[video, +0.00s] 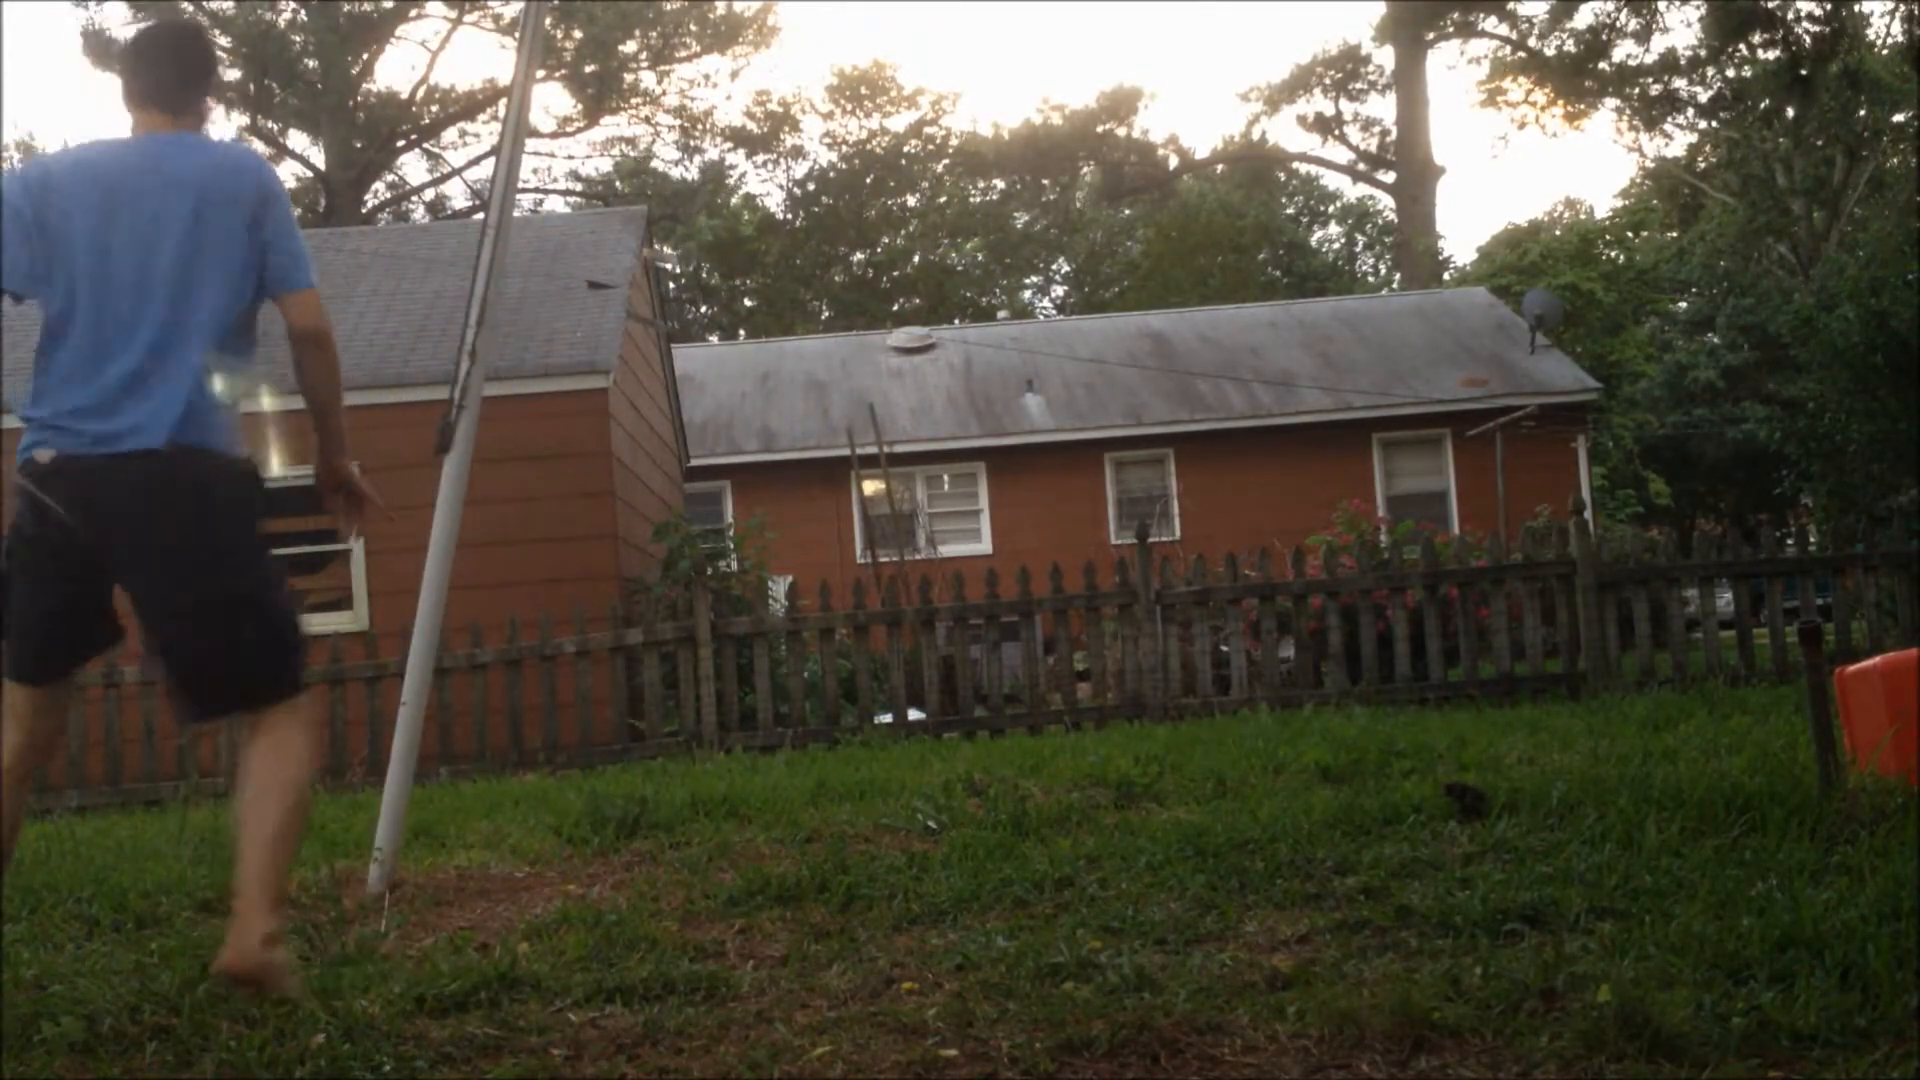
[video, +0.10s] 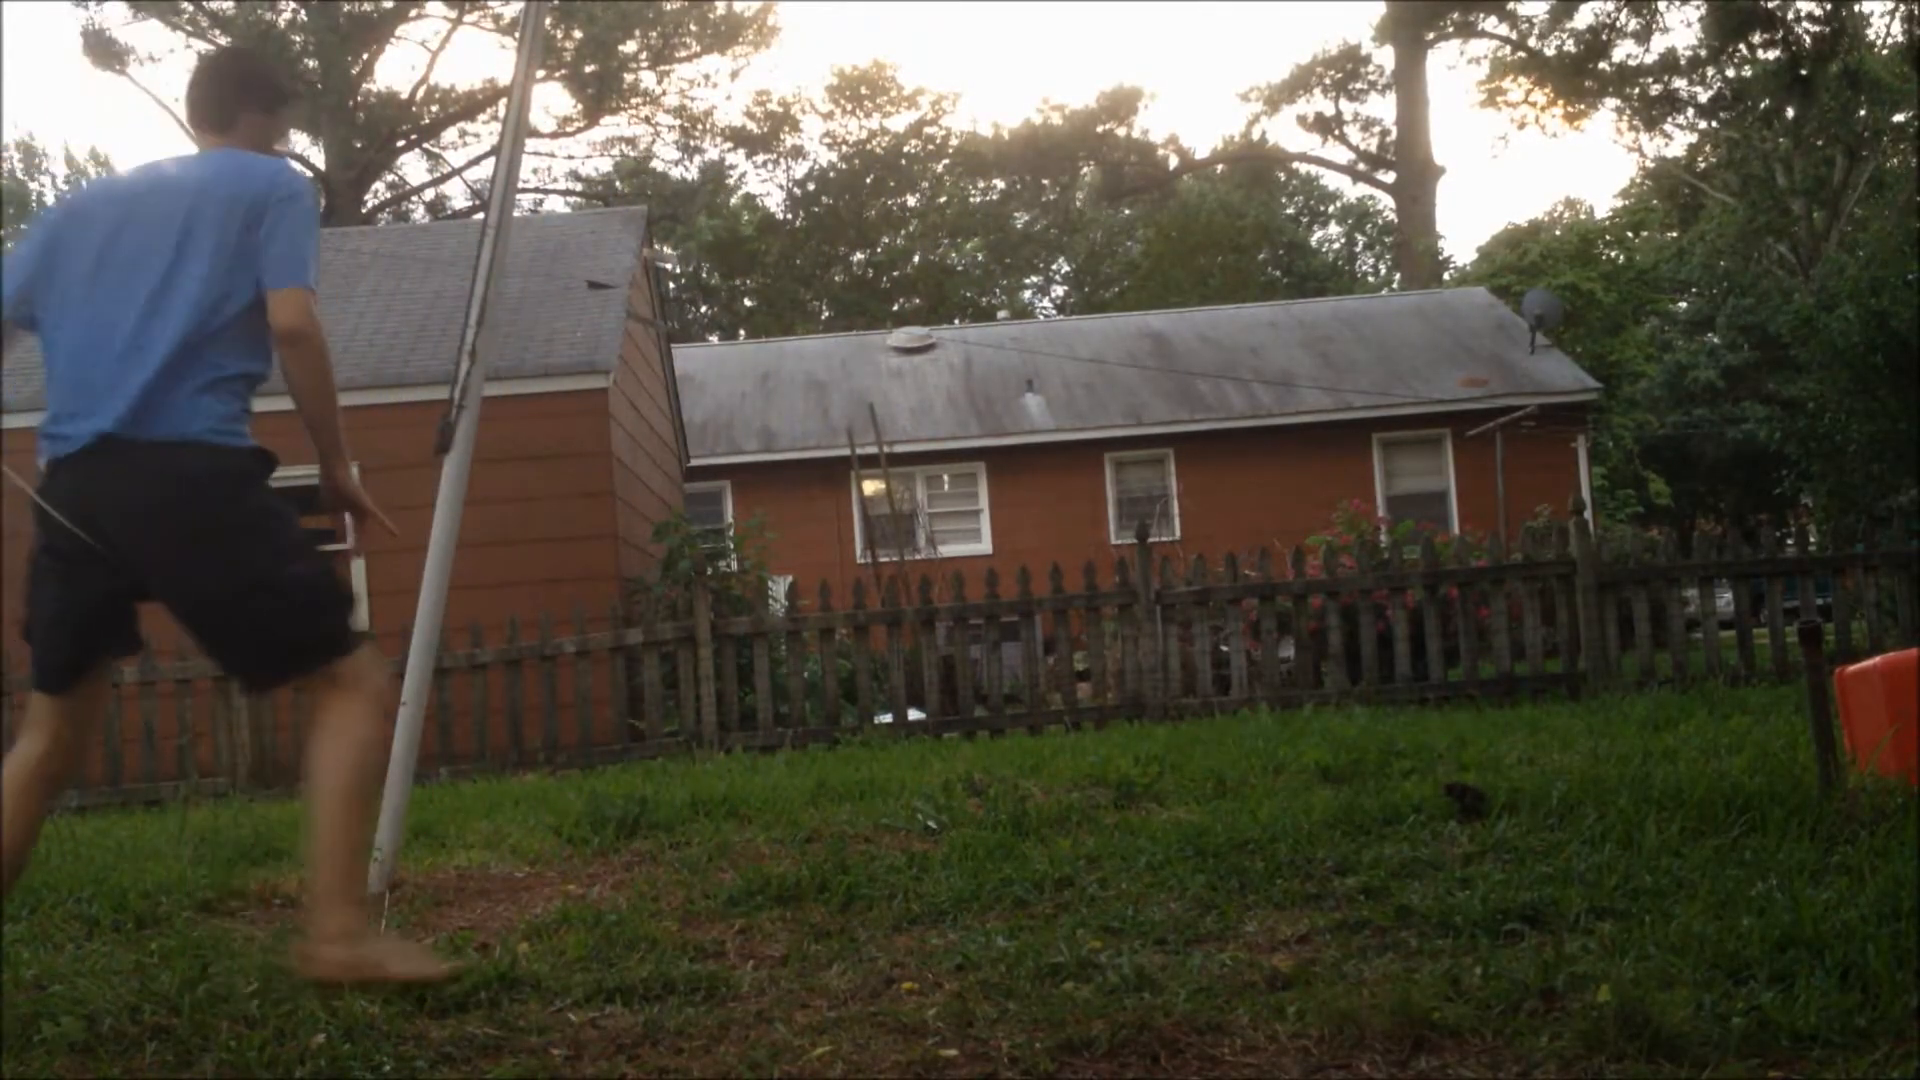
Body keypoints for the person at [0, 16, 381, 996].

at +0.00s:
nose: (189, 106)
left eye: (142, 84)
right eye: (206, 91)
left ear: (126, 91)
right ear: (208, 94)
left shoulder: (48, 182)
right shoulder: (245, 177)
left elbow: (2, 289)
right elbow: (309, 324)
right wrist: (333, 457)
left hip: (59, 482)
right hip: (191, 484)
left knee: (20, 722)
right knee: (279, 709)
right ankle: (253, 932)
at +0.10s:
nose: (284, 143)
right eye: (283, 129)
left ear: (194, 117)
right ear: (265, 118)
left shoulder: (85, 203)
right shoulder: (275, 184)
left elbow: (4, 306)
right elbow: (294, 323)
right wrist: (337, 467)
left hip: (74, 489)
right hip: (201, 483)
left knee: (47, 730)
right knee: (351, 680)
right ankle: (338, 930)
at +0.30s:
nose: (458, 149)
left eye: (458, 129)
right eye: (450, 129)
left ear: (372, 130)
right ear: (400, 125)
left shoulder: (306, 203)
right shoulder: (367, 190)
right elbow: (310, 324)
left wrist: (365, 495)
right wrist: (386, 467)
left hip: (212, 503)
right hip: (280, 500)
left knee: (154, 741)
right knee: (471, 697)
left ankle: (6, 886)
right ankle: (504, 955)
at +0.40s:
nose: (535, 132)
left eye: (533, 112)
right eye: (524, 111)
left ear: (461, 115)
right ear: (466, 112)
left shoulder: (439, 208)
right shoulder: (406, 188)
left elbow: (385, 346)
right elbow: (345, 322)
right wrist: (415, 464)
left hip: (355, 501)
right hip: (359, 498)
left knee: (337, 744)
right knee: (539, 701)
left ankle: (98, 873)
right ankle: (516, 957)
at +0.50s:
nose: (579, 87)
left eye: (576, 66)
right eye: (566, 66)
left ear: (510, 74)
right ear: (507, 73)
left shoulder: (497, 182)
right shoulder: (442, 163)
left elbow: (470, 335)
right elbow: (376, 303)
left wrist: (514, 463)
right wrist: (429, 430)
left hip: (474, 470)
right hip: (434, 473)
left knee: (521, 705)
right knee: (563, 699)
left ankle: (330, 811)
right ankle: (519, 957)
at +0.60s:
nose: (600, 27)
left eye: (596, 11)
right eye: (586, 9)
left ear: (532, 22)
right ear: (526, 15)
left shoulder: (535, 138)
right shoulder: (459, 113)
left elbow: (536, 305)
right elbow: (398, 251)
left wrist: (642, 311)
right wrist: (439, 385)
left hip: (575, 432)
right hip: (503, 433)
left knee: (705, 597)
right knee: (571, 678)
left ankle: (550, 730)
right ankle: (543, 925)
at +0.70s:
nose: (610, 13)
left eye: (611, 3)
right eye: (596, 1)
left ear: (576, 13)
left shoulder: (574, 108)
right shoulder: (472, 90)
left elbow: (602, 256)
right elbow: (399, 235)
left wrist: (722, 243)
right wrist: (437, 362)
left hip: (651, 387)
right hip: (558, 401)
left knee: (810, 544)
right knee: (629, 651)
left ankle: (704, 726)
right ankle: (635, 877)